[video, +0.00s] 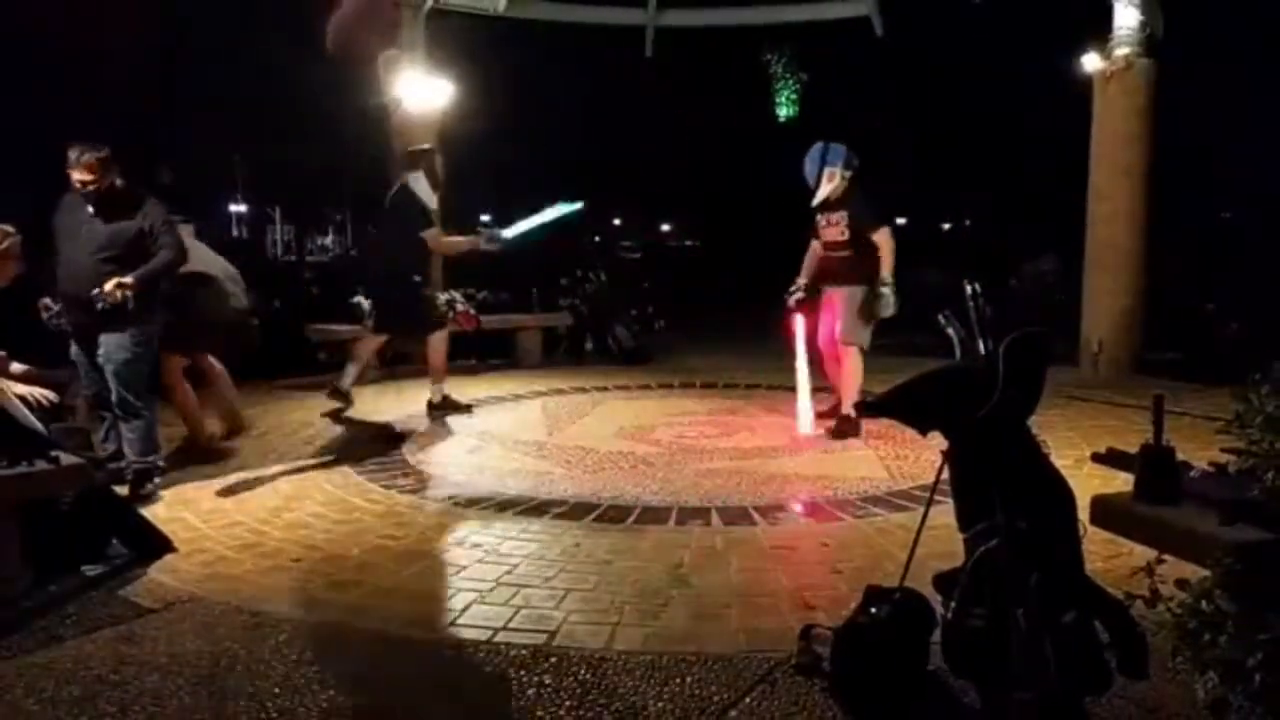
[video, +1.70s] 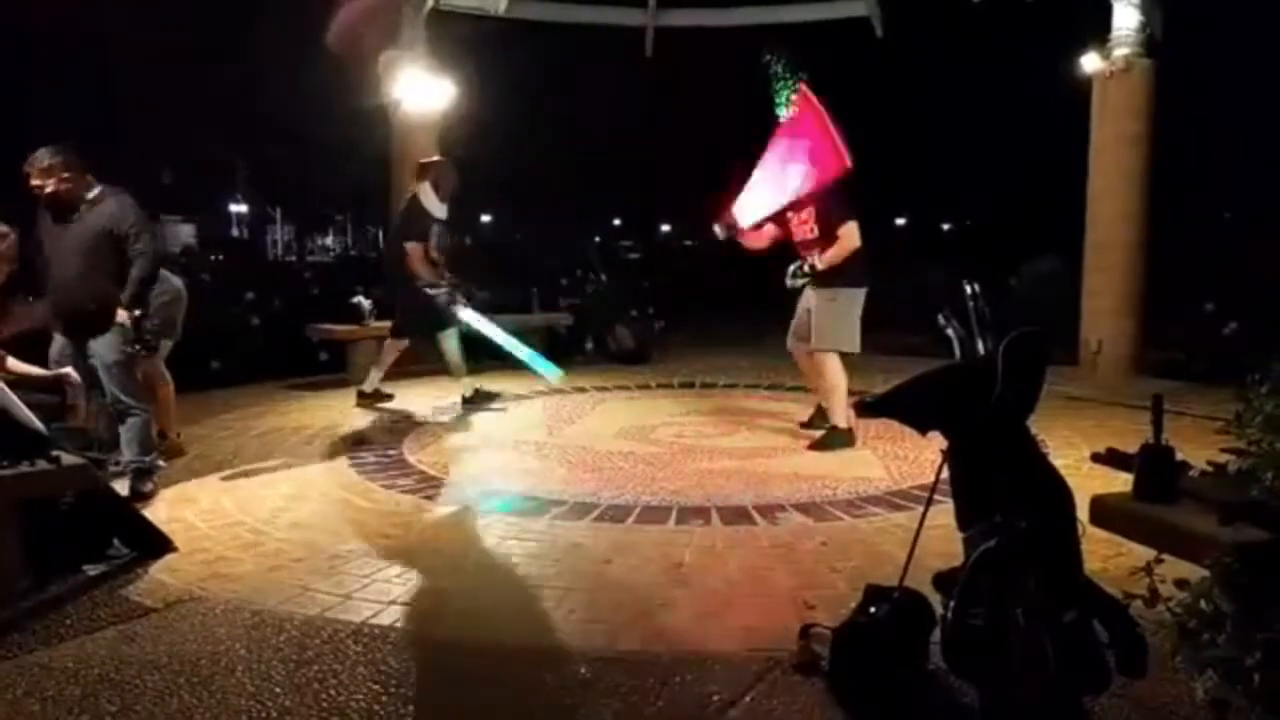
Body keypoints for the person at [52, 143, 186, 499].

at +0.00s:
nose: (82, 190)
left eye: (89, 183)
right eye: (77, 183)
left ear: (109, 176)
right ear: (70, 178)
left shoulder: (142, 208)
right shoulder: (68, 207)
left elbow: (173, 251)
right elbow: (61, 258)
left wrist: (133, 281)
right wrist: (55, 296)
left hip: (126, 323)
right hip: (80, 323)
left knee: (130, 403)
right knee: (100, 402)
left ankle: (142, 472)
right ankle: (111, 466)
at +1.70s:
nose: (39, 192)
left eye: (44, 183)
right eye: (37, 185)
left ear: (69, 177)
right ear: (57, 181)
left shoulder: (115, 206)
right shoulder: (48, 216)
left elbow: (145, 255)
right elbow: (49, 267)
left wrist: (127, 305)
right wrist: (54, 312)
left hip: (107, 326)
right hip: (66, 328)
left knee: (126, 402)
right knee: (70, 406)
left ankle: (140, 468)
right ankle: (86, 470)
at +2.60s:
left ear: (6, 196)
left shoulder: (50, 201)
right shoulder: (5, 241)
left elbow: (105, 228)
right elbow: (8, 295)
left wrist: (113, 277)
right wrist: (17, 327)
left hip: (92, 314)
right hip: (40, 326)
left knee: (109, 394)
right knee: (35, 398)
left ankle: (125, 470)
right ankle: (54, 474)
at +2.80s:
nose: (1, 214)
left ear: (5, 190)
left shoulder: (60, 201)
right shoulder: (7, 238)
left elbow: (112, 226)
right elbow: (10, 285)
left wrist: (104, 272)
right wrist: (22, 314)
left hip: (91, 317)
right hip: (46, 325)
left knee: (107, 398)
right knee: (40, 400)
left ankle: (125, 471)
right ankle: (55, 474)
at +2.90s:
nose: (2, 207)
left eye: (2, 200)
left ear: (10, 187)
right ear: (4, 193)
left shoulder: (66, 199)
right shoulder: (7, 231)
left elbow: (114, 225)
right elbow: (7, 282)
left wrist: (95, 266)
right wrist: (15, 310)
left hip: (89, 316)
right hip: (45, 325)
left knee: (105, 395)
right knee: (43, 401)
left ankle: (126, 471)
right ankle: (62, 473)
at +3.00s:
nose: (5, 200)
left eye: (4, 193)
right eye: (2, 195)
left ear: (16, 182)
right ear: (8, 189)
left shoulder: (72, 198)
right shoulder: (15, 223)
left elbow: (116, 225)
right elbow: (15, 272)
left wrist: (84, 259)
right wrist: (17, 296)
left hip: (91, 314)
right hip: (47, 321)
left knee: (106, 396)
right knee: (42, 399)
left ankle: (126, 471)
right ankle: (60, 472)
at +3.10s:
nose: (9, 196)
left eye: (9, 189)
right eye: (6, 191)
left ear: (26, 178)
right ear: (24, 181)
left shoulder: (83, 196)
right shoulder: (29, 216)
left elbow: (115, 229)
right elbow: (27, 266)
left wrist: (66, 247)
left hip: (99, 314)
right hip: (55, 317)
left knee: (109, 397)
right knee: (43, 394)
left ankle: (127, 470)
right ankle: (58, 469)